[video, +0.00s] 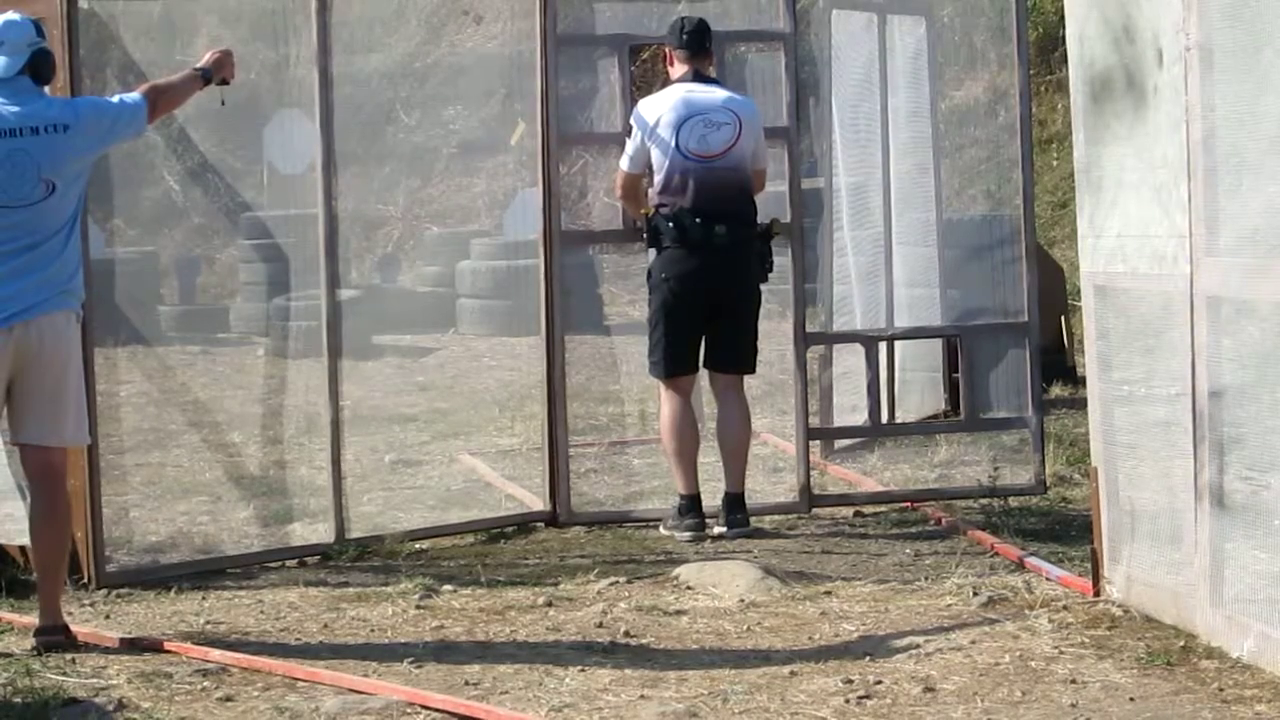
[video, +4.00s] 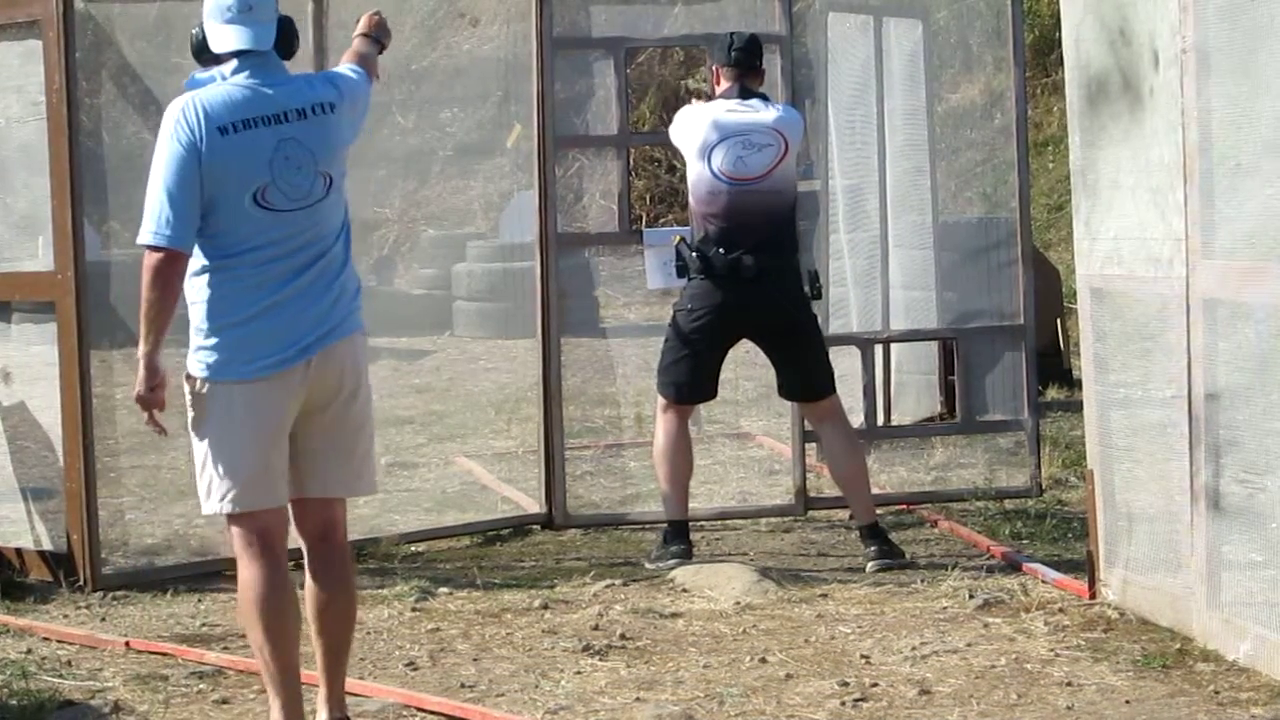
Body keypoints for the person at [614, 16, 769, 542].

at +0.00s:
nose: (668, 65)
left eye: (666, 58)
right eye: (685, 57)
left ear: (669, 58)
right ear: (713, 58)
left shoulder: (652, 109)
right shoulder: (745, 107)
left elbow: (626, 190)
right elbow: (757, 182)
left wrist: (652, 210)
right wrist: (719, 208)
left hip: (677, 255)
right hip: (738, 255)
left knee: (676, 386)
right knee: (730, 383)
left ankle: (689, 509)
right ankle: (735, 506)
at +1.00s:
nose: (659, 96)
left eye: (658, 90)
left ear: (662, 92)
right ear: (707, 89)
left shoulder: (637, 143)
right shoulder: (733, 122)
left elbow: (617, 235)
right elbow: (775, 162)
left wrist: (656, 227)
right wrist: (759, 200)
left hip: (677, 287)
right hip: (738, 282)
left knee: (671, 414)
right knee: (732, 388)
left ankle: (681, 531)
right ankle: (737, 500)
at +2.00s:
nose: (711, 82)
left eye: (708, 76)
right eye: (738, 75)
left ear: (710, 78)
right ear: (755, 77)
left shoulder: (685, 118)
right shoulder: (782, 117)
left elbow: (690, 122)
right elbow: (752, 115)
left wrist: (704, 98)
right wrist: (720, 95)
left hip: (708, 291)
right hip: (778, 289)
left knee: (671, 409)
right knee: (828, 413)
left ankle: (678, 536)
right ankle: (876, 534)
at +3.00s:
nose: (712, 82)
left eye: (711, 76)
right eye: (733, 75)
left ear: (715, 78)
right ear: (760, 78)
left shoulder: (687, 120)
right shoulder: (788, 121)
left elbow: (693, 122)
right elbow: (756, 118)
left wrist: (710, 98)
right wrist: (731, 94)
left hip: (709, 295)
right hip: (779, 293)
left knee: (673, 409)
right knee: (827, 414)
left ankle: (676, 539)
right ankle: (876, 536)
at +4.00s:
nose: (713, 82)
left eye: (712, 75)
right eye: (725, 75)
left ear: (717, 77)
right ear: (762, 76)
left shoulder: (691, 121)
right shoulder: (791, 121)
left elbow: (693, 126)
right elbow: (762, 127)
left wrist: (719, 99)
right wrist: (736, 96)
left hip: (711, 296)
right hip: (781, 295)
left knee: (673, 409)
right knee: (828, 414)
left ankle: (675, 539)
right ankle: (874, 536)